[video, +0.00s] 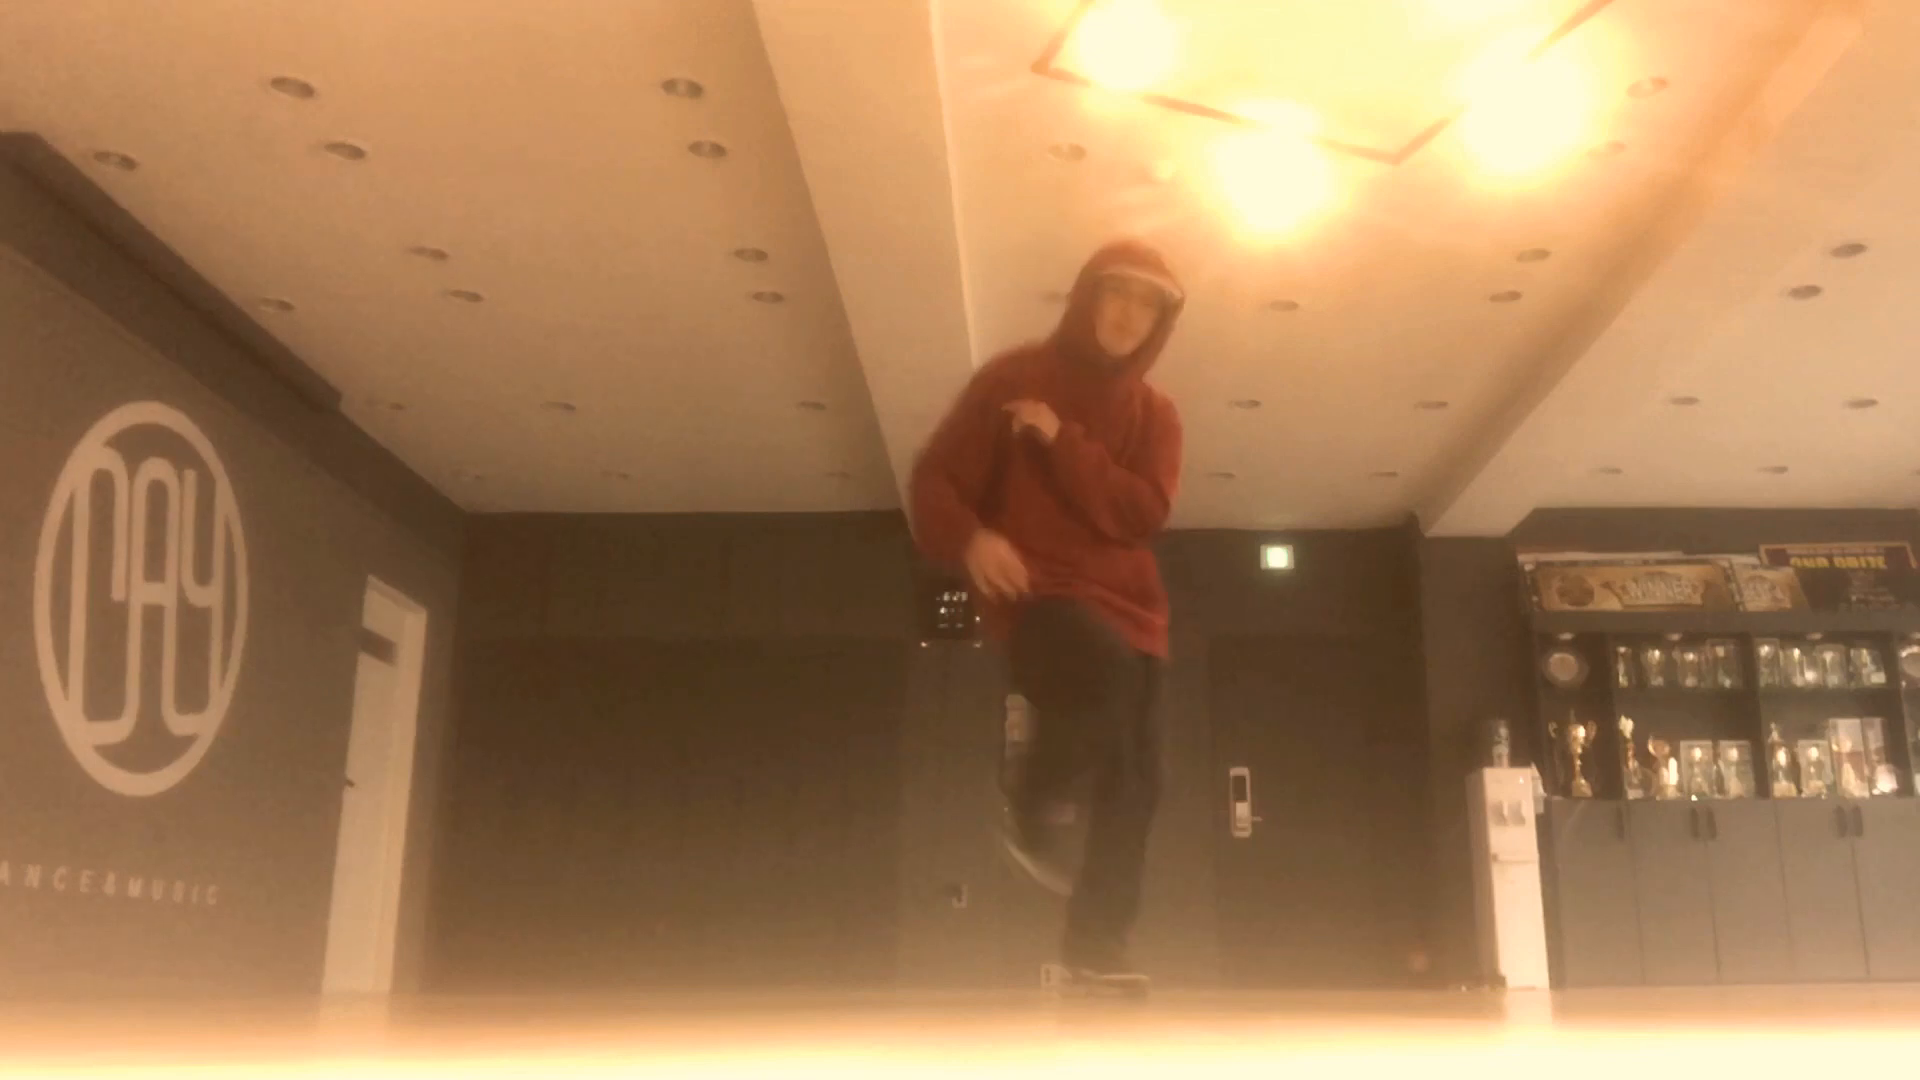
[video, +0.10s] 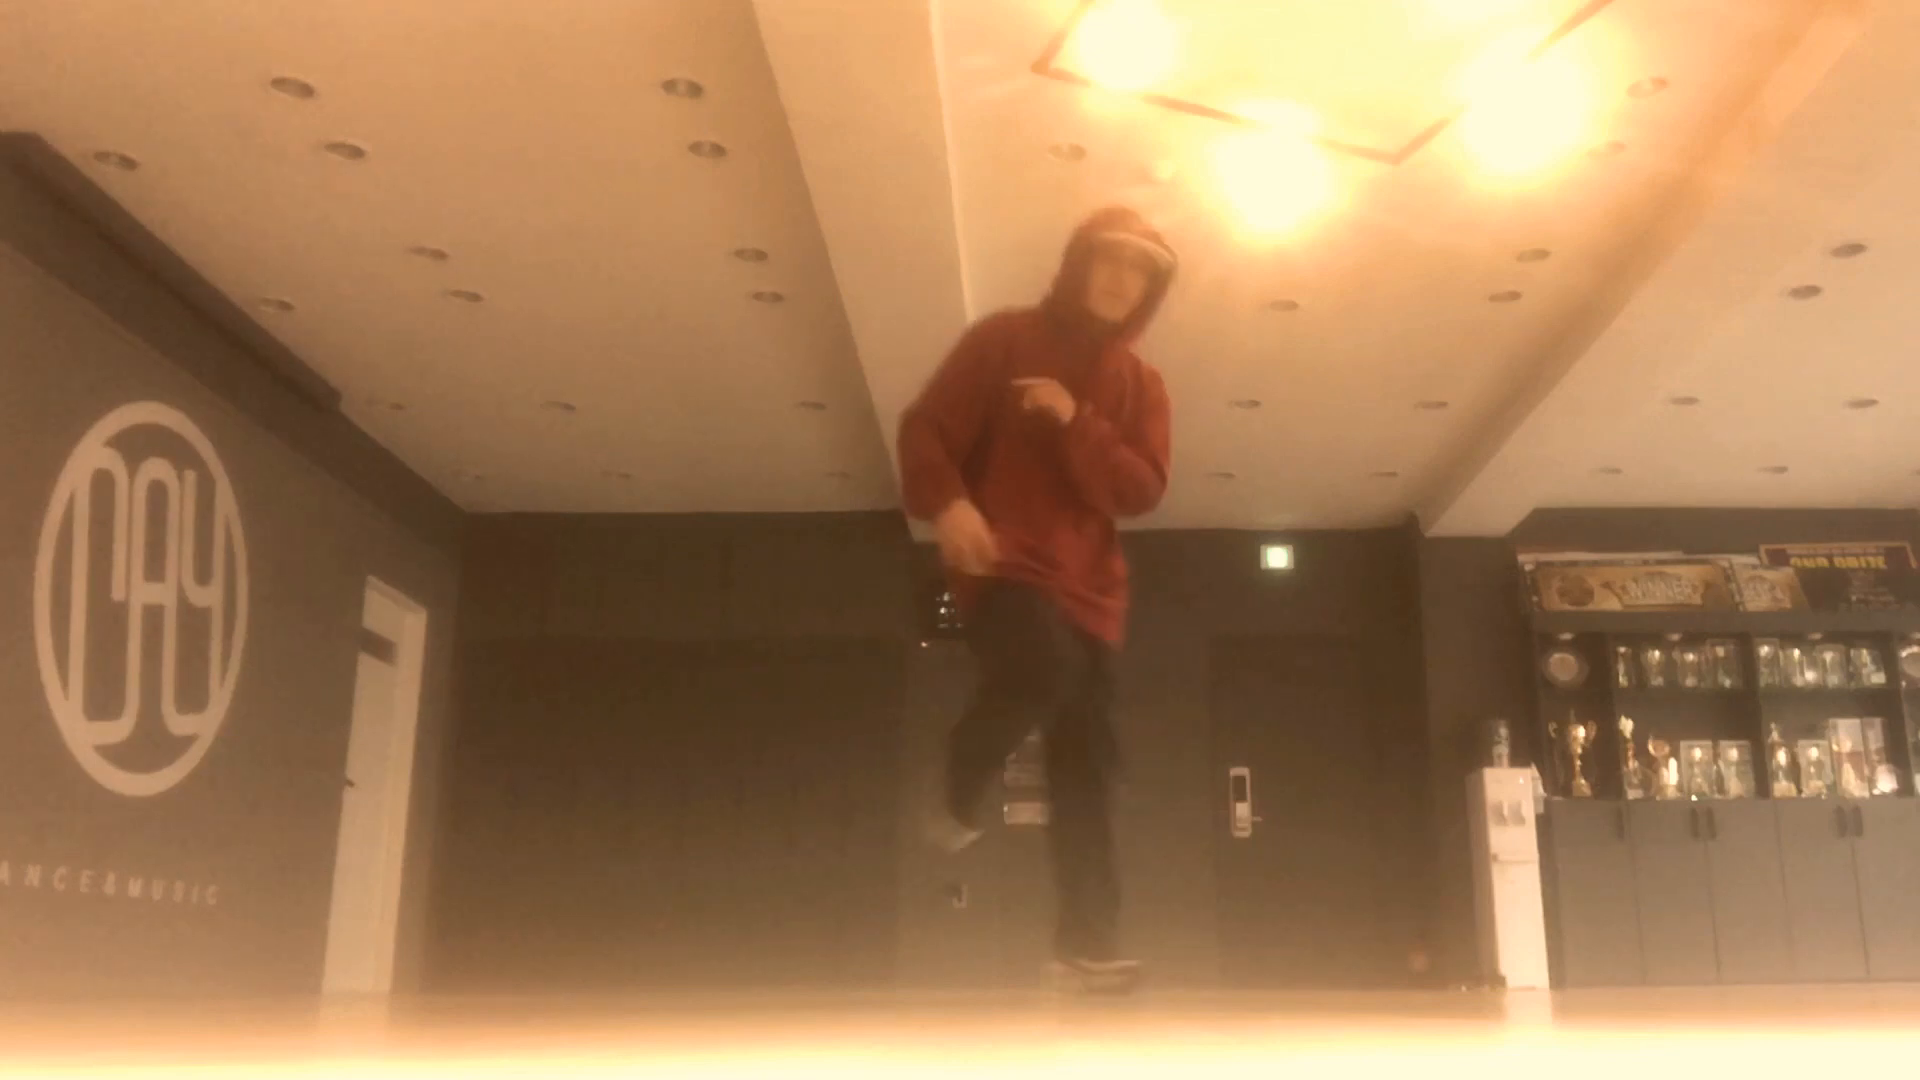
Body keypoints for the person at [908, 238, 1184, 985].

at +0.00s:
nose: (1126, 313)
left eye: (1145, 304)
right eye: (1116, 293)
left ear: (1159, 323)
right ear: (1086, 297)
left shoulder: (1153, 412)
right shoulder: (1013, 376)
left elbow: (1145, 512)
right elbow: (932, 477)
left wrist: (1059, 439)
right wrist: (969, 540)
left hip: (1127, 609)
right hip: (1037, 591)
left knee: (1131, 773)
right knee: (1102, 665)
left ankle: (1097, 946)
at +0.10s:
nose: (1119, 281)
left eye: (1137, 273)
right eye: (1108, 262)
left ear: (1150, 293)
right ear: (1077, 266)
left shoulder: (1140, 385)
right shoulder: (1002, 339)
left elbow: (1141, 490)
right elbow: (924, 428)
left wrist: (1073, 420)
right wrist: (948, 507)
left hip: (1087, 584)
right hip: (1001, 563)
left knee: (1088, 755)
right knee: (1039, 666)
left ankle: (1086, 939)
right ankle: (966, 781)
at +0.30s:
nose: (1075, 321)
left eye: (1092, 311)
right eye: (1063, 304)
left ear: (1108, 327)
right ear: (1034, 310)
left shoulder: (1102, 419)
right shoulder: (978, 391)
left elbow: (1138, 467)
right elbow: (893, 456)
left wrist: (1124, 485)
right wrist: (875, 527)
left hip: (1033, 638)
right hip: (940, 618)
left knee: (1001, 798)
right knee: (890, 774)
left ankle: (987, 947)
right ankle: (854, 936)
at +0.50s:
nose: (992, 287)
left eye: (1011, 274)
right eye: (977, 267)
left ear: (1032, 291)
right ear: (947, 278)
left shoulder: (1053, 398)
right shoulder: (891, 379)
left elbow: (1083, 534)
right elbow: (842, 503)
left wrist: (1068, 655)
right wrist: (851, 613)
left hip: (993, 640)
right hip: (889, 629)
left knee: (1006, 813)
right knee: (862, 800)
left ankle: (1024, 952)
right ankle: (855, 964)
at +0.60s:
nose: (952, 282)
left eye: (970, 268)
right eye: (935, 264)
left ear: (991, 286)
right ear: (907, 278)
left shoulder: (1023, 396)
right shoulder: (858, 384)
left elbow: (1055, 532)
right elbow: (810, 507)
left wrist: (1040, 655)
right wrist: (839, 609)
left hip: (978, 614)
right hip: (871, 608)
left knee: (993, 756)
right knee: (860, 786)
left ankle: (1007, 866)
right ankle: (858, 956)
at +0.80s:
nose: (946, 237)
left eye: (967, 224)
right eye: (929, 217)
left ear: (988, 247)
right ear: (898, 230)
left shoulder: (1007, 368)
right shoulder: (842, 328)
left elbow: (1044, 496)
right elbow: (803, 457)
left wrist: (1020, 605)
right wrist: (902, 519)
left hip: (967, 592)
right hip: (849, 587)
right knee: (860, 751)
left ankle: (921, 917)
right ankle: (864, 938)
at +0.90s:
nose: (934, 255)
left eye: (956, 242)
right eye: (917, 236)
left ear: (979, 269)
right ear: (886, 252)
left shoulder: (991, 402)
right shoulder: (853, 338)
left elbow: (1044, 520)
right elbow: (893, 447)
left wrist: (1115, 613)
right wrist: (1013, 490)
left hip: (953, 590)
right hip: (835, 599)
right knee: (816, 785)